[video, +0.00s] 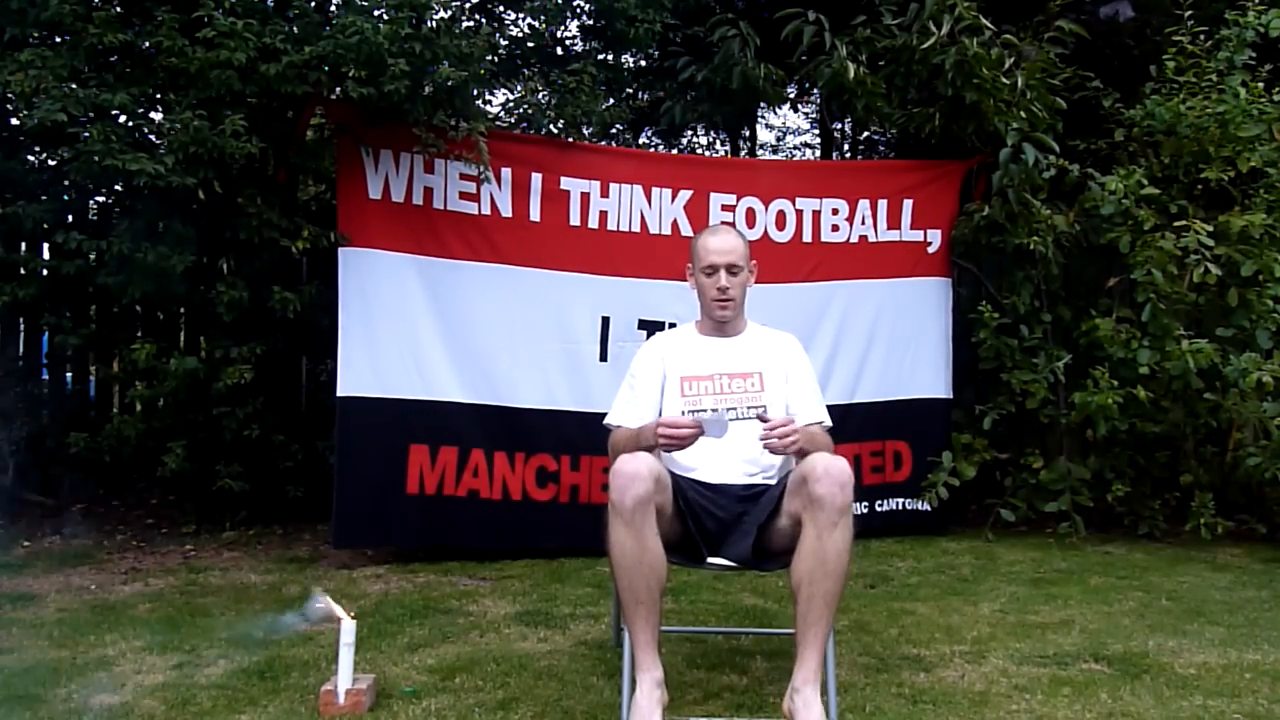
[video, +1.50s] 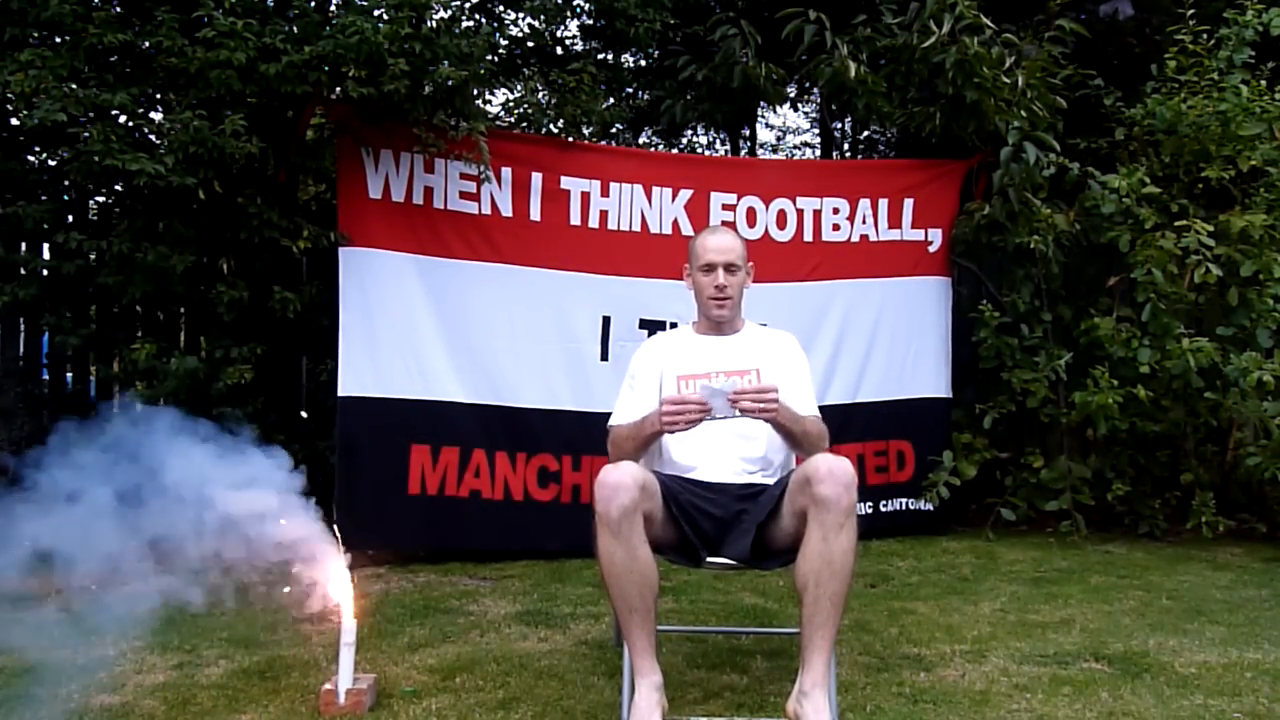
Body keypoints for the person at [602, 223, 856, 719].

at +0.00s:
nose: (722, 282)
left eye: (733, 270)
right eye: (710, 271)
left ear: (751, 275)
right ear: (692, 277)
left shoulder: (784, 349)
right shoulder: (660, 350)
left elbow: (824, 442)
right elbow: (617, 444)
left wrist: (802, 438)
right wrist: (648, 434)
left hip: (769, 502)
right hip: (682, 500)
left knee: (833, 474)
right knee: (628, 474)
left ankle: (806, 687)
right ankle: (648, 678)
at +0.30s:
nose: (722, 279)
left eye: (733, 267)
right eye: (709, 268)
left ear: (750, 276)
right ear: (691, 278)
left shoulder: (783, 348)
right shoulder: (659, 349)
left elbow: (816, 441)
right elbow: (619, 443)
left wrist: (780, 425)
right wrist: (655, 427)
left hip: (767, 505)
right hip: (679, 502)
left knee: (833, 473)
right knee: (623, 475)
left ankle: (811, 686)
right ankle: (647, 678)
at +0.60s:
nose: (717, 279)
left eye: (728, 267)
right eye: (704, 268)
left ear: (745, 275)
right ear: (686, 278)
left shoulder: (781, 344)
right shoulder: (655, 349)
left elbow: (814, 439)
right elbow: (619, 445)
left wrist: (779, 405)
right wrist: (658, 413)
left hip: (766, 505)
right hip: (676, 503)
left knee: (829, 473)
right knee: (616, 476)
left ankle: (810, 686)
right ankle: (646, 679)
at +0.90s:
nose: (717, 279)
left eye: (728, 268)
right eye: (704, 269)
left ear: (745, 276)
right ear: (686, 279)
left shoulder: (781, 346)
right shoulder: (656, 350)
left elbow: (814, 442)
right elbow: (619, 446)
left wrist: (779, 409)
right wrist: (659, 412)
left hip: (767, 505)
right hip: (676, 503)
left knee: (831, 475)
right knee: (611, 477)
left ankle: (811, 687)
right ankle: (645, 680)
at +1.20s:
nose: (721, 279)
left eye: (732, 267)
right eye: (708, 268)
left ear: (749, 275)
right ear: (690, 277)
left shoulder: (783, 346)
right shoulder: (658, 348)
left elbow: (815, 441)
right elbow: (620, 445)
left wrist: (780, 405)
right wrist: (657, 416)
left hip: (767, 505)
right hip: (677, 503)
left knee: (835, 474)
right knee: (614, 477)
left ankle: (814, 686)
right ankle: (646, 679)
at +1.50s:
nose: (720, 281)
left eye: (731, 269)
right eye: (707, 270)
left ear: (748, 276)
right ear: (689, 278)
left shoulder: (781, 347)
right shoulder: (657, 350)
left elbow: (817, 444)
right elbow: (617, 450)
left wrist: (779, 413)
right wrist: (655, 423)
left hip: (767, 504)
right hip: (677, 502)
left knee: (836, 475)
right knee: (614, 484)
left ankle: (813, 687)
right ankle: (646, 683)